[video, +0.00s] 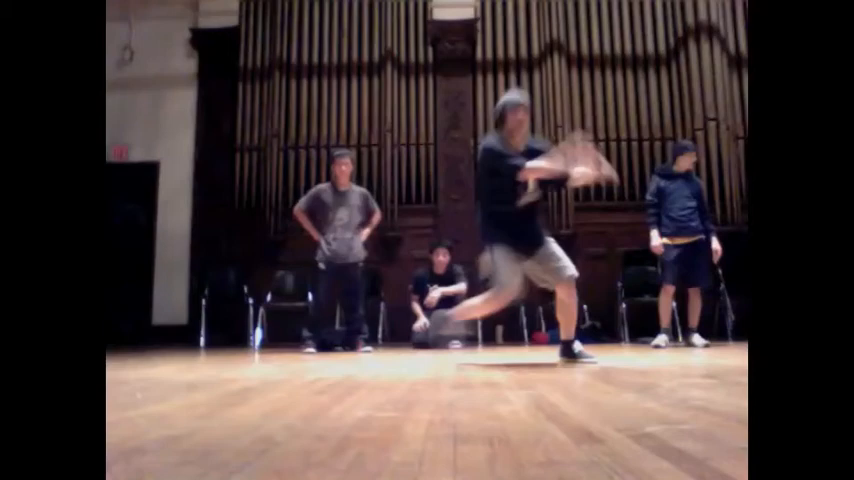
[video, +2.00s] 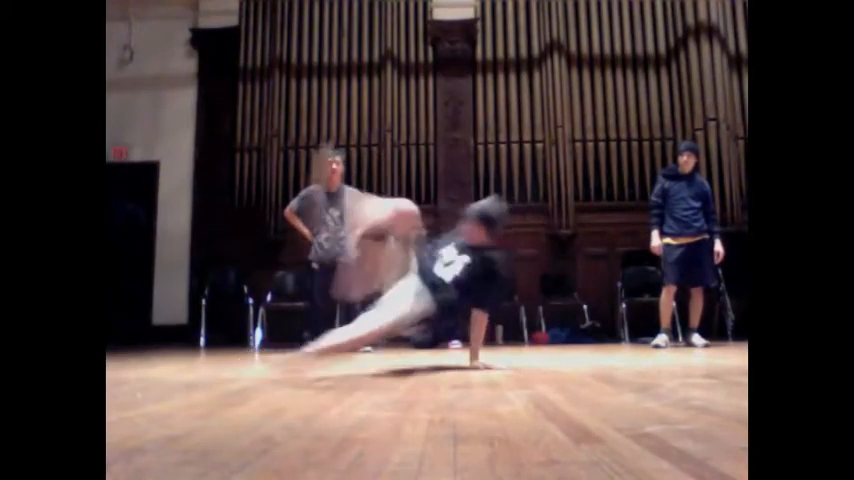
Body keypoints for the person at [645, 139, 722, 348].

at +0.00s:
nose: (693, 162)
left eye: (694, 158)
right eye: (689, 158)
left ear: (692, 160)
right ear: (678, 158)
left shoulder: (694, 183)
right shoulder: (660, 180)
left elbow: (704, 214)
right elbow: (651, 209)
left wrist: (713, 238)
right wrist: (654, 234)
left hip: (696, 239)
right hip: (671, 240)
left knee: (695, 288)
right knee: (668, 287)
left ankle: (693, 332)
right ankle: (664, 332)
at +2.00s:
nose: (686, 160)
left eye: (690, 156)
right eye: (683, 156)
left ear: (696, 160)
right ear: (677, 158)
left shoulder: (701, 184)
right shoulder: (665, 181)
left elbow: (711, 215)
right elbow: (656, 208)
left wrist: (716, 239)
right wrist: (655, 234)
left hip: (699, 240)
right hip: (673, 241)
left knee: (697, 288)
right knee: (669, 287)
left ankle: (693, 332)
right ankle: (664, 332)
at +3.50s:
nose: (686, 161)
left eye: (690, 157)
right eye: (683, 156)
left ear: (696, 160)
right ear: (677, 159)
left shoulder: (702, 184)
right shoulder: (665, 181)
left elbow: (710, 215)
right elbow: (655, 208)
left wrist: (716, 239)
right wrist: (655, 233)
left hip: (699, 240)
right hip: (673, 240)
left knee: (697, 287)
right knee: (669, 286)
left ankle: (693, 332)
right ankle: (664, 332)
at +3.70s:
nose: (686, 161)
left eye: (690, 157)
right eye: (683, 156)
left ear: (696, 160)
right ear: (677, 159)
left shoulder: (702, 184)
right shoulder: (665, 181)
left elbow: (710, 215)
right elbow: (655, 208)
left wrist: (716, 239)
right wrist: (655, 233)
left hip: (699, 240)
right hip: (673, 240)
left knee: (697, 287)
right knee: (669, 286)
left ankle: (693, 332)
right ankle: (664, 332)